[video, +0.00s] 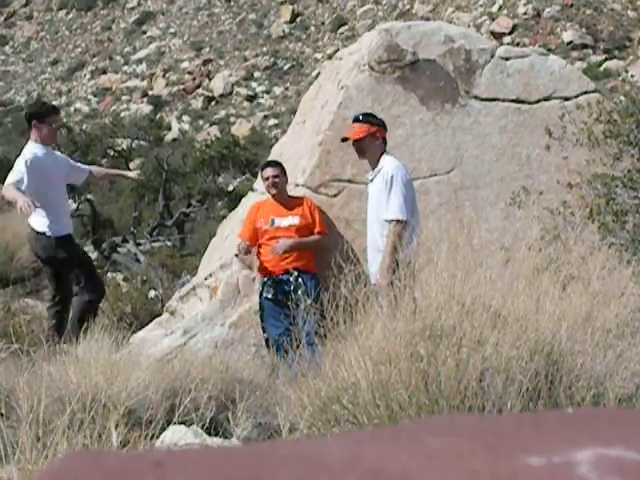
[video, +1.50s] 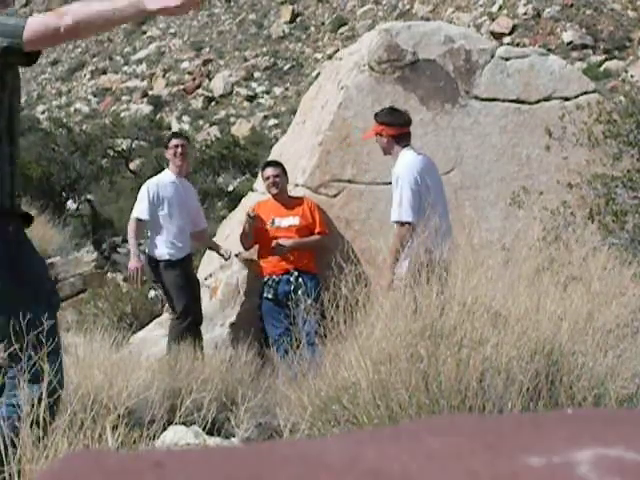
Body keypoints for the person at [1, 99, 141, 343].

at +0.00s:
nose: (58, 131)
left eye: (58, 126)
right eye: (54, 126)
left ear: (42, 127)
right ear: (36, 126)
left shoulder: (55, 157)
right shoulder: (30, 157)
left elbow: (88, 172)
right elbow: (7, 188)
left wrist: (125, 173)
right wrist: (20, 197)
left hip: (51, 237)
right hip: (52, 238)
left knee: (60, 294)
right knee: (93, 288)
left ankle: (54, 346)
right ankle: (72, 342)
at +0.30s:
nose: (121, 170)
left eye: (122, 165)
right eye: (119, 164)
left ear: (106, 162)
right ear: (106, 162)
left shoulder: (102, 187)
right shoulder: (86, 189)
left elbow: (126, 204)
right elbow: (65, 226)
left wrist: (157, 203)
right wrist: (66, 239)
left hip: (108, 263)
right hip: (98, 266)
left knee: (130, 308)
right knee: (130, 307)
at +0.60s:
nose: (164, 167)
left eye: (164, 162)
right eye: (159, 161)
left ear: (147, 164)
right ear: (143, 163)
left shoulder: (147, 195)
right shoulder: (130, 197)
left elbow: (172, 224)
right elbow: (116, 238)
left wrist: (206, 225)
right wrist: (119, 275)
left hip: (157, 269)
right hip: (145, 271)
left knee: (179, 317)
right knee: (182, 317)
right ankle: (152, 360)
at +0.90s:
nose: (172, 150)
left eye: (175, 146)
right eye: (167, 147)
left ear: (180, 150)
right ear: (157, 153)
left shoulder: (174, 183)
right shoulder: (155, 183)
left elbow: (191, 223)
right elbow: (143, 220)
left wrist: (219, 228)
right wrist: (154, 239)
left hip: (176, 256)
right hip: (163, 257)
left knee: (178, 315)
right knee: (191, 312)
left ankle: (177, 365)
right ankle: (193, 366)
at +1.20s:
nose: (188, 157)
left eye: (192, 152)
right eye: (183, 152)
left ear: (197, 157)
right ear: (174, 156)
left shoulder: (190, 190)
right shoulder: (162, 188)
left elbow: (199, 232)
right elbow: (156, 226)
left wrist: (222, 251)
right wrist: (182, 248)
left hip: (183, 261)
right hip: (164, 261)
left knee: (199, 317)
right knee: (189, 317)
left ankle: (199, 369)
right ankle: (190, 369)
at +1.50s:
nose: (179, 151)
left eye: (183, 147)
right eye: (175, 148)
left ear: (188, 152)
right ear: (167, 153)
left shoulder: (190, 190)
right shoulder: (154, 186)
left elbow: (198, 232)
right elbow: (134, 222)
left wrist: (217, 248)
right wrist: (134, 256)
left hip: (184, 257)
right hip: (163, 258)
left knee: (194, 314)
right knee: (183, 311)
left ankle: (196, 365)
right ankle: (174, 365)